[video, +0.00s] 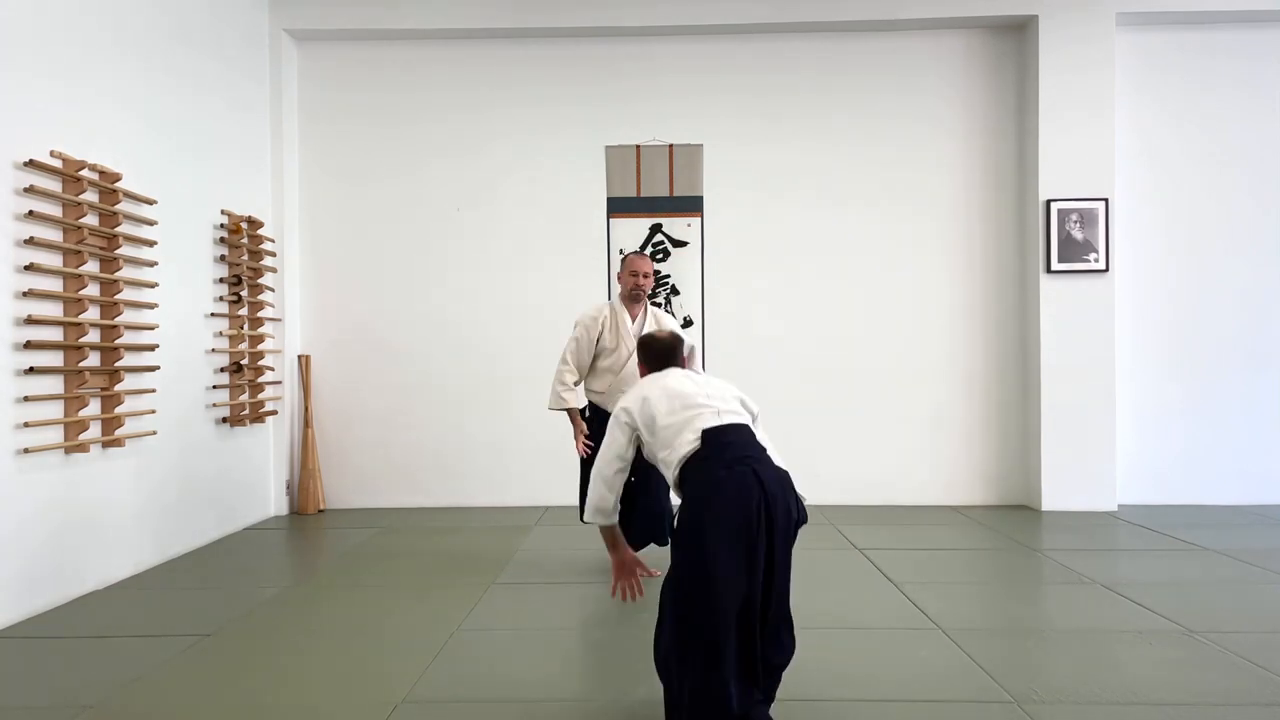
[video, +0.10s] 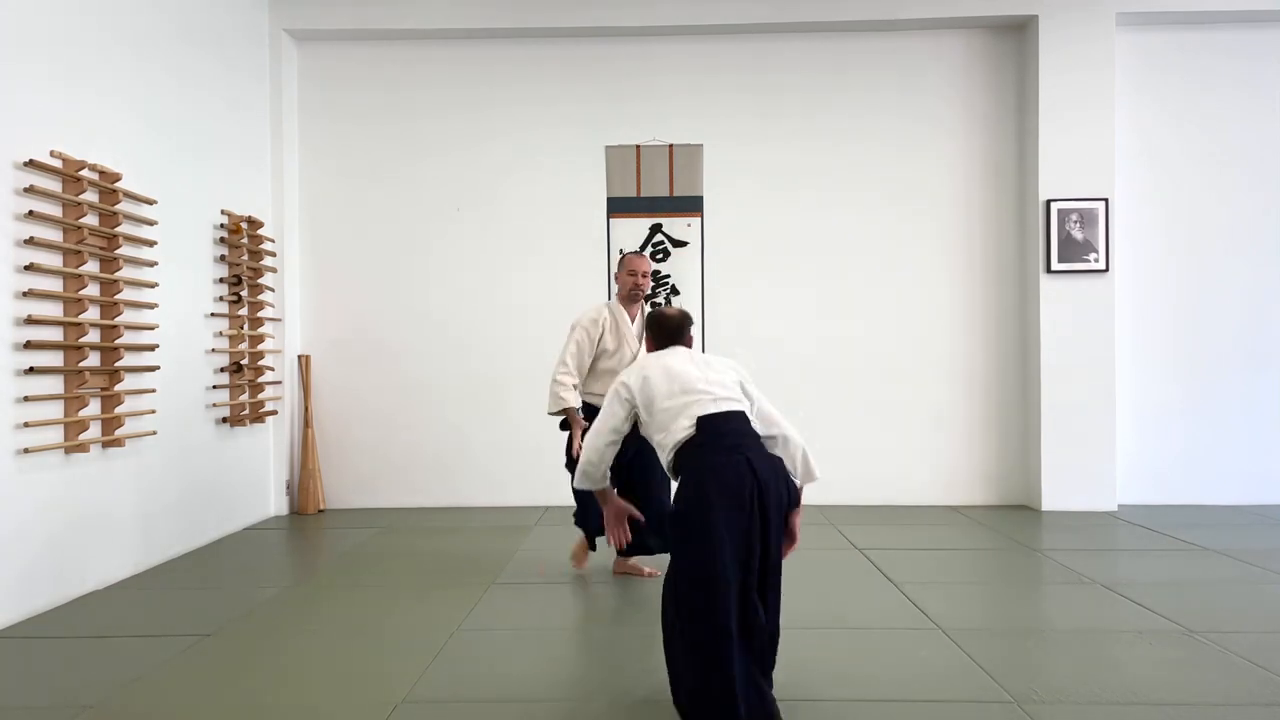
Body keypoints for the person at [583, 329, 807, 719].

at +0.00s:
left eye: (637, 365)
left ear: (640, 368)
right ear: (687, 361)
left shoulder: (636, 400)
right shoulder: (721, 386)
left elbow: (601, 492)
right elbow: (758, 447)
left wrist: (619, 552)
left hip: (717, 497)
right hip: (776, 493)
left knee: (693, 623)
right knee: (764, 612)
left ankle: (701, 707)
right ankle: (755, 706)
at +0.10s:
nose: (642, 343)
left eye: (643, 338)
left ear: (646, 342)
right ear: (692, 340)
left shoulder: (636, 376)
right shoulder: (724, 366)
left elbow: (591, 459)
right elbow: (782, 434)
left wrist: (608, 501)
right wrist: (793, 505)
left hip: (710, 480)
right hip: (770, 476)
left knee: (696, 607)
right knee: (757, 598)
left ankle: (713, 708)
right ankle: (756, 704)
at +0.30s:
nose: (647, 296)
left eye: (649, 291)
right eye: (652, 290)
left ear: (656, 298)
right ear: (696, 298)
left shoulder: (637, 336)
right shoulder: (727, 333)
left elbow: (614, 407)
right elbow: (783, 392)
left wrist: (614, 431)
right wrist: (764, 439)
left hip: (681, 445)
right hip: (738, 443)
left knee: (699, 558)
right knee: (743, 551)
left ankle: (730, 682)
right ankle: (753, 672)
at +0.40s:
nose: (638, 283)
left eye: (640, 278)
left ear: (646, 283)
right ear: (685, 282)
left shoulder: (631, 325)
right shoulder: (713, 318)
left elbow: (616, 392)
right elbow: (751, 377)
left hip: (678, 433)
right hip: (729, 430)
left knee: (665, 533)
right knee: (736, 541)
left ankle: (707, 625)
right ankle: (754, 666)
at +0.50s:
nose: (626, 267)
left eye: (629, 262)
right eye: (678, 258)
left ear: (635, 271)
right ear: (676, 270)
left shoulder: (620, 313)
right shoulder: (699, 305)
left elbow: (619, 350)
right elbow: (696, 343)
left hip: (663, 428)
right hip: (711, 421)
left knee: (659, 528)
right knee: (728, 531)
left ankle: (670, 625)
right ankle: (750, 648)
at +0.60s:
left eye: (625, 262)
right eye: (668, 263)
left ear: (627, 271)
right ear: (666, 273)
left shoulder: (607, 311)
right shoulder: (686, 307)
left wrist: (634, 281)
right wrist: (657, 279)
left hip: (636, 423)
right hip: (685, 419)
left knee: (648, 525)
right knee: (715, 514)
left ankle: (664, 623)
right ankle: (739, 596)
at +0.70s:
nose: (619, 276)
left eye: (620, 272)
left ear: (623, 280)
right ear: (657, 283)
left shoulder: (602, 318)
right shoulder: (672, 322)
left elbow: (580, 324)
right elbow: (704, 341)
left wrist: (589, 275)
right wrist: (681, 305)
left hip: (615, 425)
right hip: (660, 425)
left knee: (633, 520)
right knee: (676, 508)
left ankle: (664, 620)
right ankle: (693, 593)